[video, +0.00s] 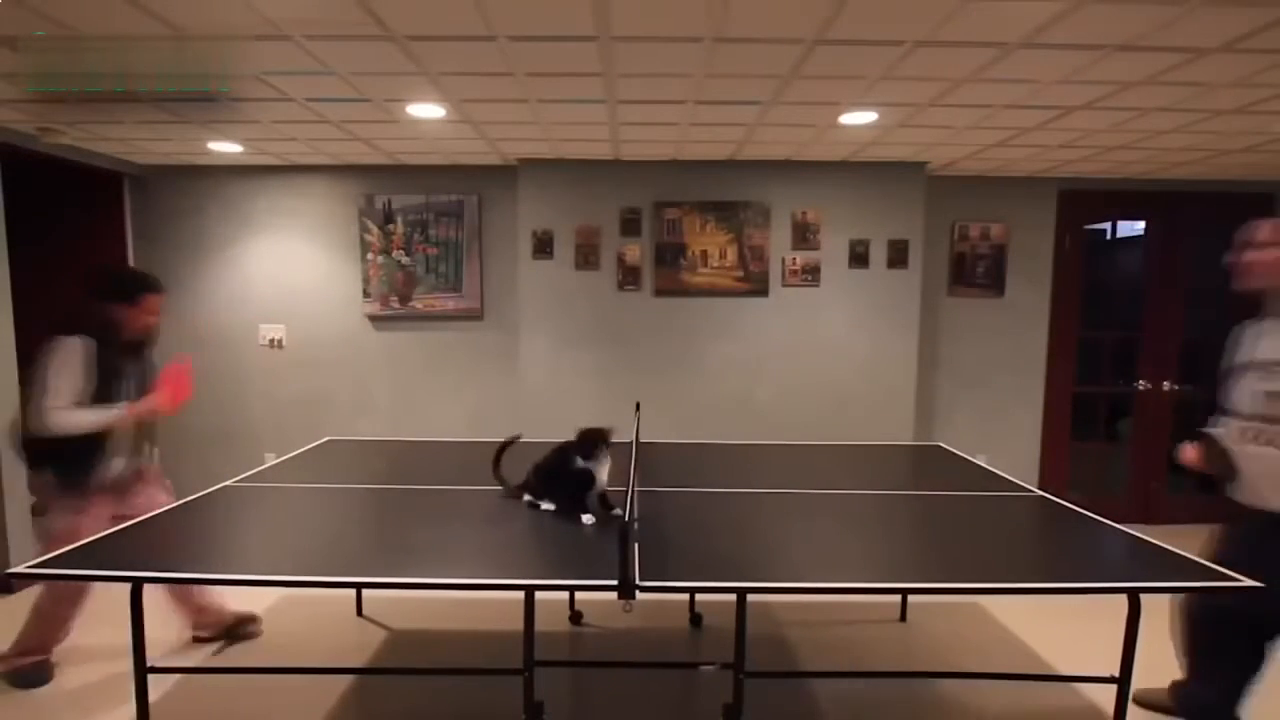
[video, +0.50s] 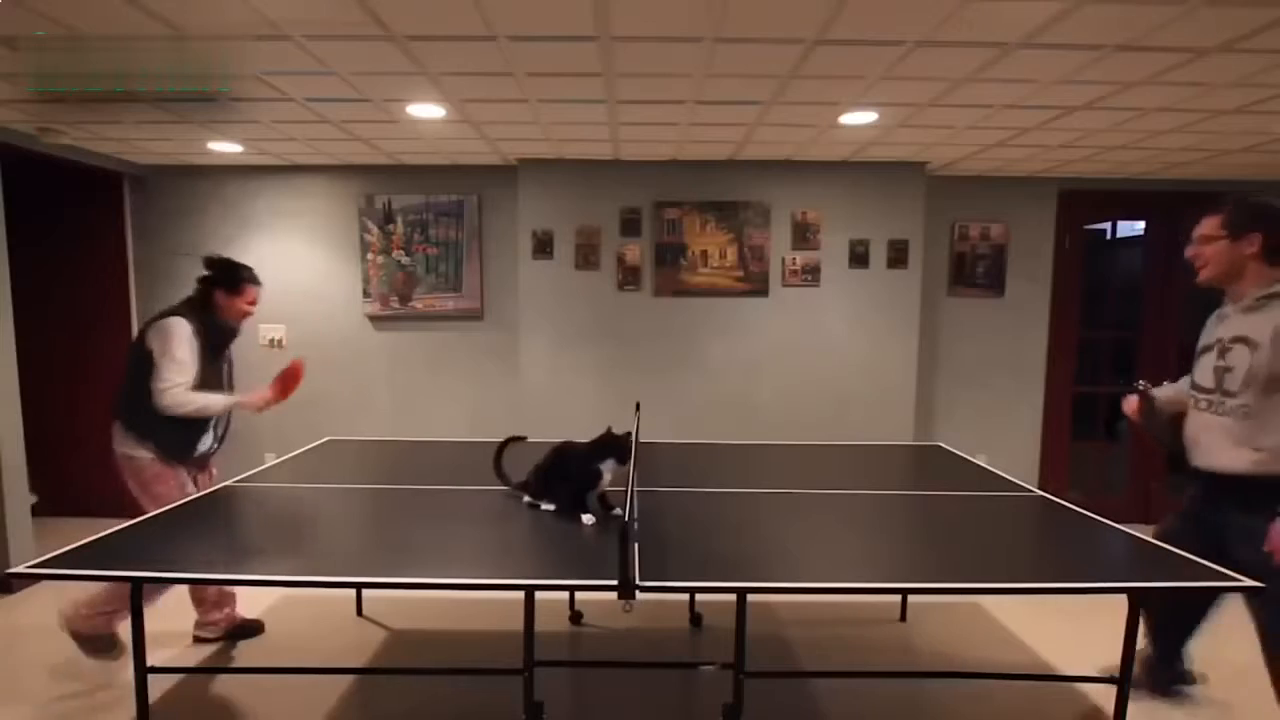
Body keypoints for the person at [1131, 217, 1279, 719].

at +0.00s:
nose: (1245, 257)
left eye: (1260, 246)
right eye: (1244, 246)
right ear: (1239, 259)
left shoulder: (1268, 336)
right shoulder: (1248, 335)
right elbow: (1237, 420)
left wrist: (1215, 448)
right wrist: (1207, 447)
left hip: (1275, 510)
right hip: (1251, 506)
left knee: (1240, 611)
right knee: (1219, 603)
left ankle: (1211, 700)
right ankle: (1202, 693)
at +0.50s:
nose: (1192, 253)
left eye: (1205, 241)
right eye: (1193, 242)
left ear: (1249, 246)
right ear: (1242, 247)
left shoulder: (1275, 313)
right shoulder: (1220, 317)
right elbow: (1204, 385)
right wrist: (1154, 400)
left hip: (1264, 493)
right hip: (1211, 489)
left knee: (1274, 621)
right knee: (1164, 581)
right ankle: (1166, 668)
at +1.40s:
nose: (1147, 262)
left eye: (1158, 252)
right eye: (1147, 253)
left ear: (1195, 257)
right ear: (1151, 261)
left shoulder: (1255, 315)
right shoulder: (1161, 325)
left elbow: (1279, 397)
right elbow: (1157, 394)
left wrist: (1272, 475)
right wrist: (1137, 424)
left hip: (1240, 475)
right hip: (1177, 472)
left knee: (1261, 595)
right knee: (1149, 560)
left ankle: (1275, 688)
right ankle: (1141, 651)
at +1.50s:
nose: (1181, 259)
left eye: (1193, 248)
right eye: (1181, 249)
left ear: (1234, 254)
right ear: (1182, 256)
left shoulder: (1272, 311)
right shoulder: (1180, 325)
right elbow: (1169, 394)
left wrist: (1279, 484)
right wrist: (1149, 420)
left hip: (1260, 477)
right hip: (1197, 471)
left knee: (1267, 599)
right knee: (1162, 562)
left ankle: (1278, 694)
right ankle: (1142, 654)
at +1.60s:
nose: (1203, 249)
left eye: (1217, 240)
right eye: (1204, 240)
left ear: (1259, 248)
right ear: (1207, 249)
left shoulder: (1276, 310)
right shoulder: (1194, 320)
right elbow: (1178, 389)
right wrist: (1162, 416)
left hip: (1265, 474)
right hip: (1204, 469)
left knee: (1265, 595)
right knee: (1167, 562)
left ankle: (1277, 694)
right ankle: (1145, 656)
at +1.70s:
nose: (1214, 247)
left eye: (1227, 239)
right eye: (1213, 238)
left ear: (1266, 247)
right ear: (1213, 247)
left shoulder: (1278, 312)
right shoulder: (1200, 316)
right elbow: (1179, 383)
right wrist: (1159, 408)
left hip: (1265, 474)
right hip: (1203, 467)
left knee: (1264, 597)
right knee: (1167, 563)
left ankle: (1279, 696)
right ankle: (1144, 655)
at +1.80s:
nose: (1213, 254)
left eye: (1227, 245)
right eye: (1212, 245)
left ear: (1266, 253)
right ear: (1213, 252)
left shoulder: (1275, 319)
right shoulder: (1198, 318)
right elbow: (1171, 378)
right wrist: (1153, 401)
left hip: (1261, 479)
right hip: (1195, 470)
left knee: (1262, 597)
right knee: (1162, 561)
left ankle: (1278, 690)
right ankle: (1141, 650)